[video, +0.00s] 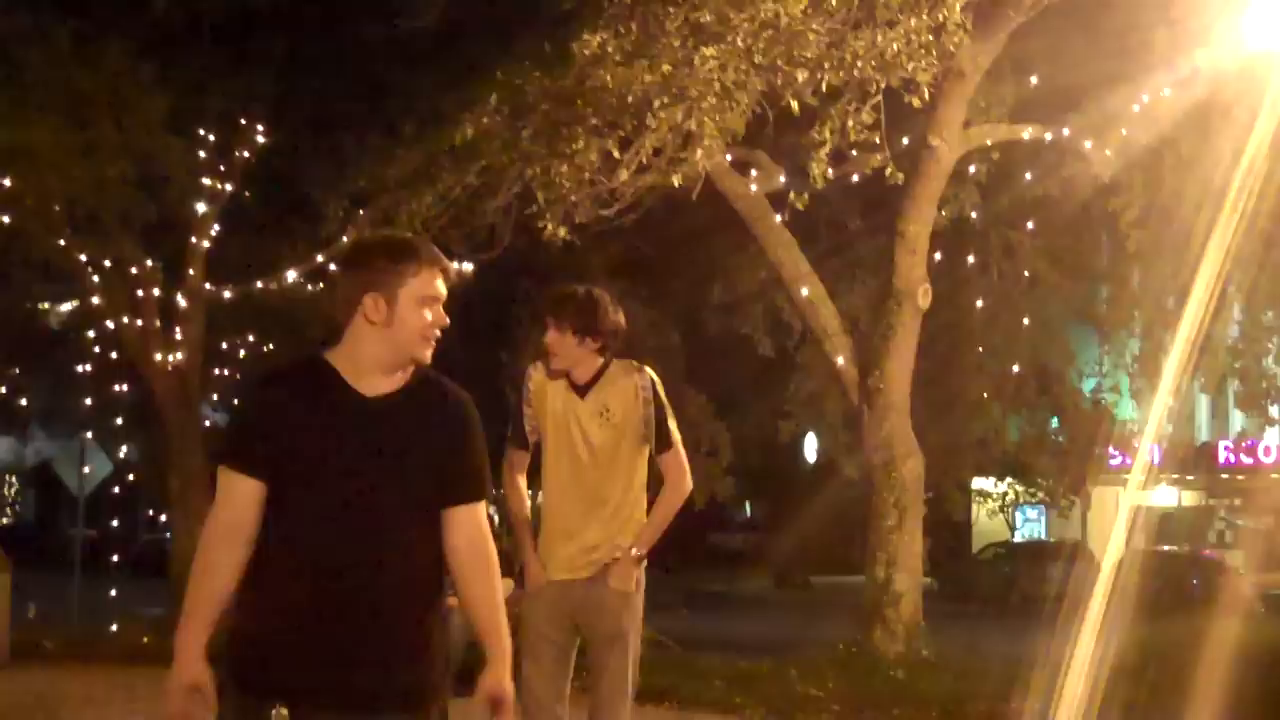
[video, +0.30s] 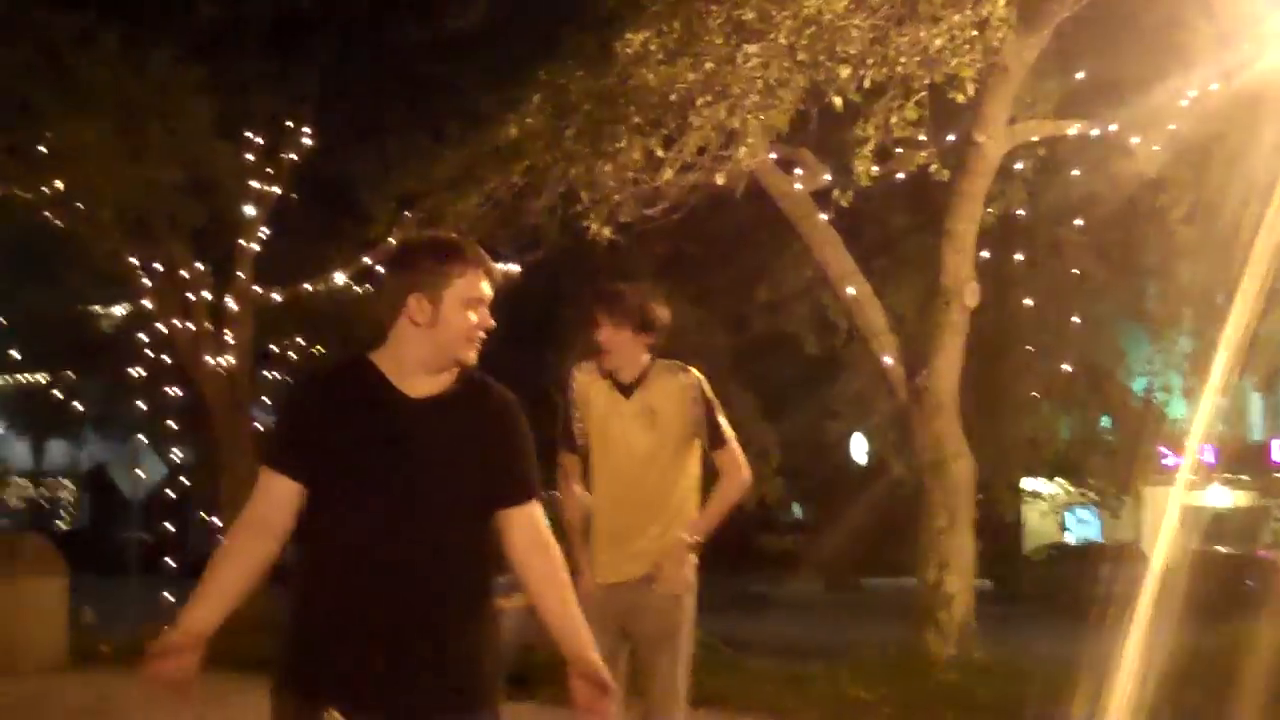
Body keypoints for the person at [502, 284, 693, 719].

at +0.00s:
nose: (547, 338)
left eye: (558, 330)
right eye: (548, 328)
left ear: (591, 341)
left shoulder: (639, 384)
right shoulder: (539, 383)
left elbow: (679, 481)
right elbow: (514, 471)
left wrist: (634, 556)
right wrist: (528, 557)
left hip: (614, 578)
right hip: (548, 578)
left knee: (611, 709)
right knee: (539, 707)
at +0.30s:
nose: (598, 336)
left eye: (610, 326)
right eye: (598, 325)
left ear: (643, 335)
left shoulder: (686, 384)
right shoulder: (584, 383)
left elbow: (737, 473)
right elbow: (569, 478)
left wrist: (690, 538)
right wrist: (582, 564)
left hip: (666, 576)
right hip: (600, 576)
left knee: (665, 705)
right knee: (597, 704)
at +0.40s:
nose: (671, 341)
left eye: (682, 330)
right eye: (668, 330)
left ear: (716, 333)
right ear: (662, 332)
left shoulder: (758, 384)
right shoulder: (647, 382)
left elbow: (811, 471)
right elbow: (639, 468)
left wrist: (762, 539)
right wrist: (642, 542)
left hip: (738, 576)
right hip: (663, 577)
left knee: (740, 701)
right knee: (666, 700)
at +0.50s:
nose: (747, 356)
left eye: (756, 344)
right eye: (741, 345)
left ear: (789, 336)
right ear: (734, 341)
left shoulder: (830, 386)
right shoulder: (717, 383)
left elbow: (875, 479)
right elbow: (708, 475)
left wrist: (832, 548)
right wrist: (714, 554)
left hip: (807, 579)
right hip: (733, 579)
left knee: (811, 706)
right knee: (737, 704)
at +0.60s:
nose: (828, 353)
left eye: (838, 341)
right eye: (822, 341)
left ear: (865, 335)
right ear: (811, 335)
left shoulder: (900, 385)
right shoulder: (790, 381)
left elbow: (938, 484)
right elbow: (781, 472)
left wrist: (895, 556)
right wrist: (789, 560)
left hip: (874, 585)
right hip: (804, 583)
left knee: (875, 710)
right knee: (804, 710)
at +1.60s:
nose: (839, 338)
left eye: (852, 326)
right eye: (839, 325)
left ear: (885, 334)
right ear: (833, 327)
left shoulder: (926, 381)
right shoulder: (823, 390)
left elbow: (982, 456)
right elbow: (810, 469)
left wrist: (931, 532)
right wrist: (816, 539)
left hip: (908, 562)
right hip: (841, 562)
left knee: (918, 692)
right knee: (840, 690)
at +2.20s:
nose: (871, 348)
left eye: (880, 338)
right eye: (871, 337)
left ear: (912, 347)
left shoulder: (955, 396)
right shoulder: (865, 395)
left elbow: (1005, 485)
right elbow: (865, 471)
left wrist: (966, 551)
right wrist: (858, 540)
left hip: (933, 575)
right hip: (872, 571)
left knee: (922, 706)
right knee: (864, 703)